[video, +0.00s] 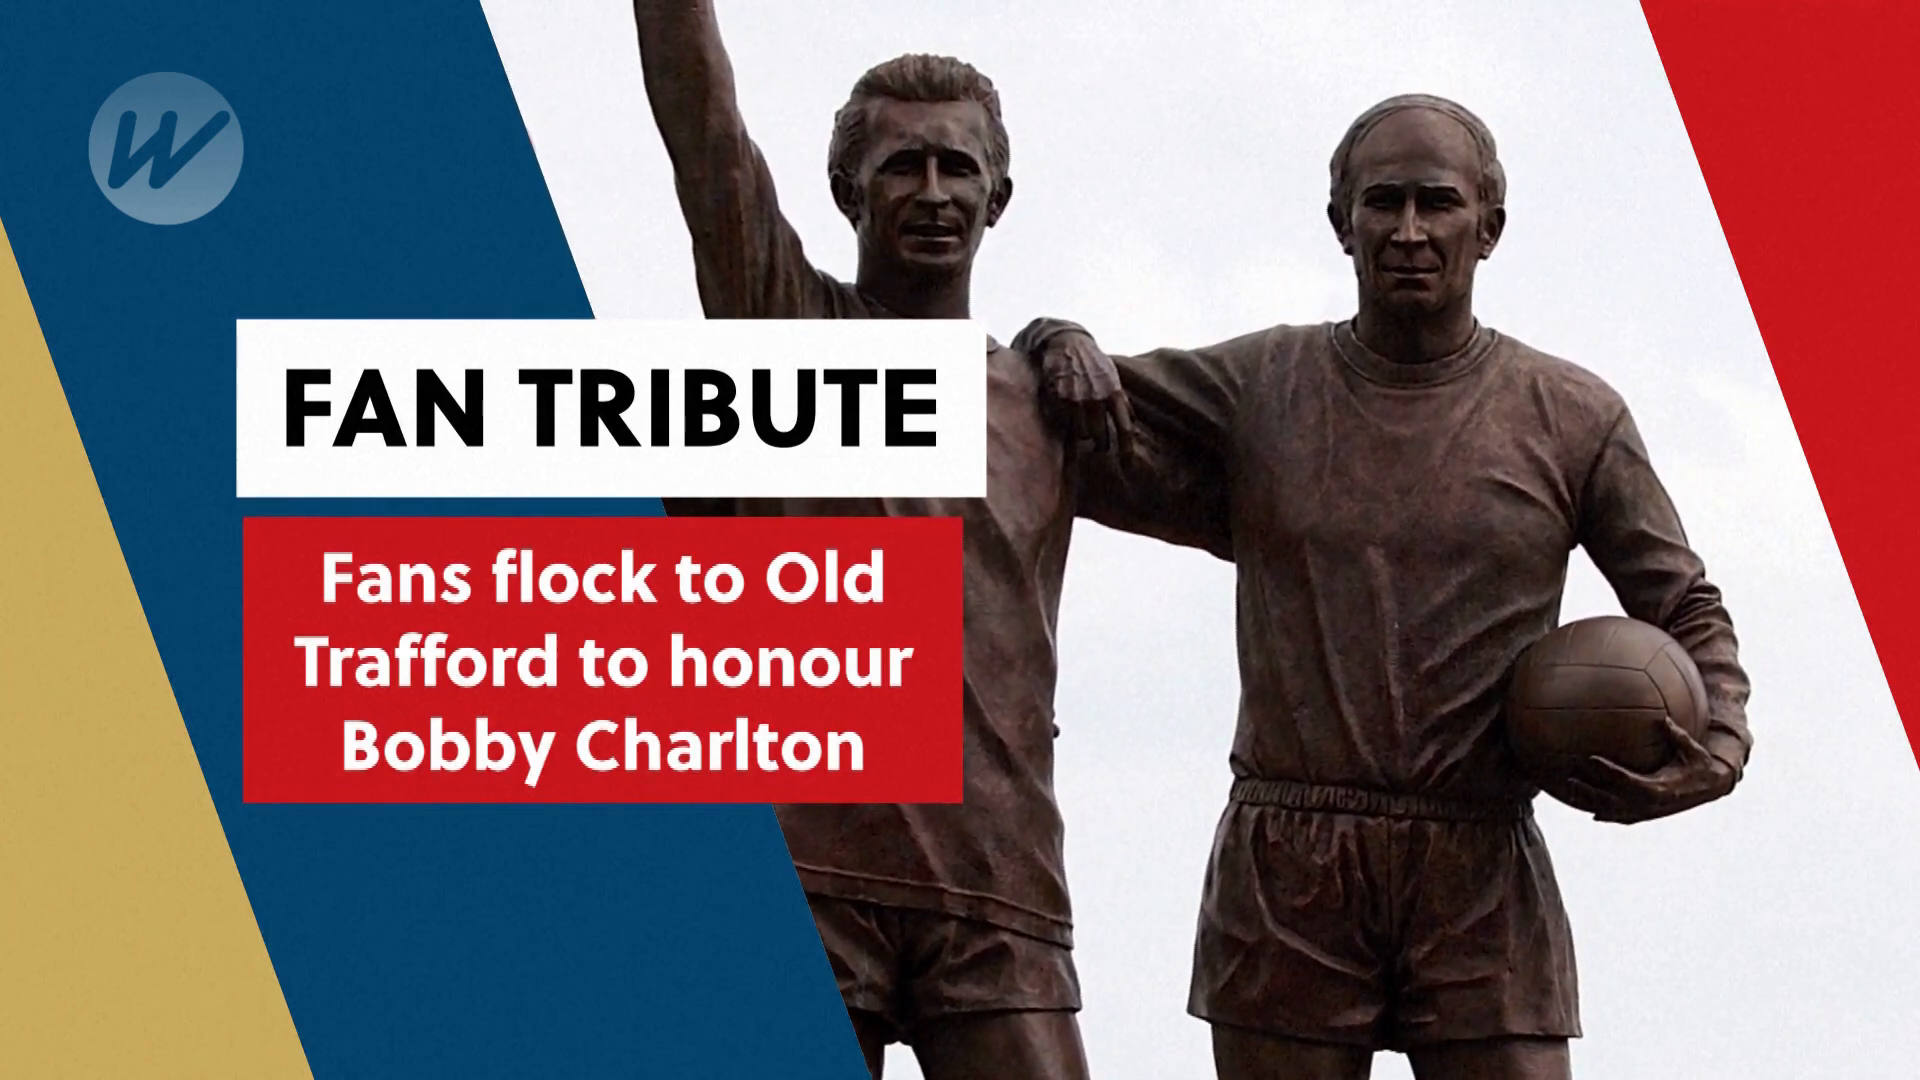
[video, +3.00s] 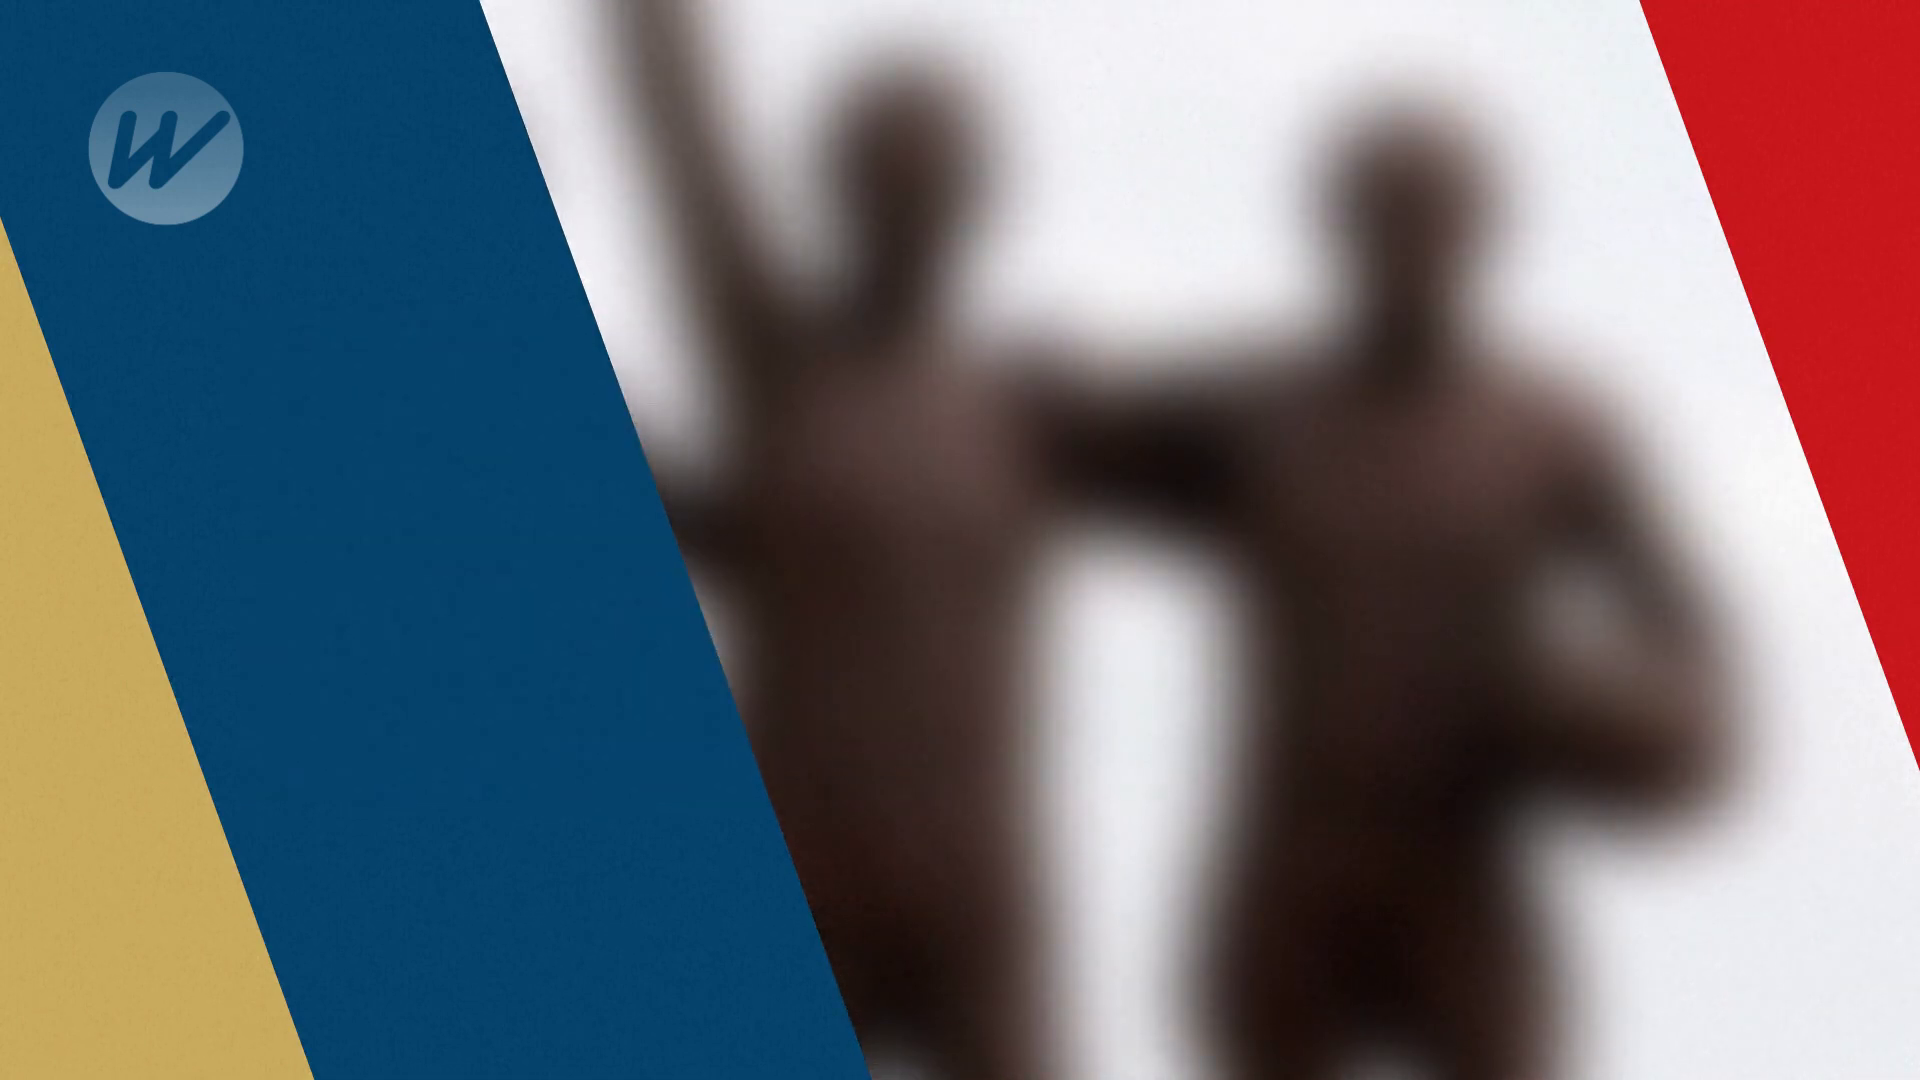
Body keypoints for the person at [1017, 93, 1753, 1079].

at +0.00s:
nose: (1408, 228)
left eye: (1437, 200)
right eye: (1381, 202)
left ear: (1491, 225)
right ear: (1341, 223)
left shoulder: (1573, 414)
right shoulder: (1260, 381)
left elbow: (1684, 608)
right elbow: (1087, 412)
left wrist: (1721, 743)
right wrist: (1055, 342)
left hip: (1480, 878)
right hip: (1284, 870)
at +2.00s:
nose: (1400, 235)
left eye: (1430, 206)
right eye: (1372, 208)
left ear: (1484, 229)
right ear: (1332, 229)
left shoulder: (1566, 422)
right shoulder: (1248, 390)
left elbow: (1678, 616)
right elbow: (1076, 446)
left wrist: (1719, 753)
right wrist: (1042, 356)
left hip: (1473, 895)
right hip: (1272, 891)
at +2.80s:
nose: (1407, 247)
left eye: (1431, 213)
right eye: (1384, 213)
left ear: (1475, 226)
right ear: (1345, 224)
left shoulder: (1549, 436)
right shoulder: (1265, 420)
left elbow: (1692, 690)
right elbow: (1052, 434)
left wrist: (1582, 708)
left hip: (1467, 908)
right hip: (1287, 902)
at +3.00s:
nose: (1411, 252)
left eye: (1433, 218)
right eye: (1388, 218)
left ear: (1471, 230)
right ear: (1350, 228)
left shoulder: (1546, 442)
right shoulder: (1270, 429)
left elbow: (1685, 725)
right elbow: (1024, 427)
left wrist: (1531, 705)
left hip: (1467, 919)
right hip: (1293, 913)